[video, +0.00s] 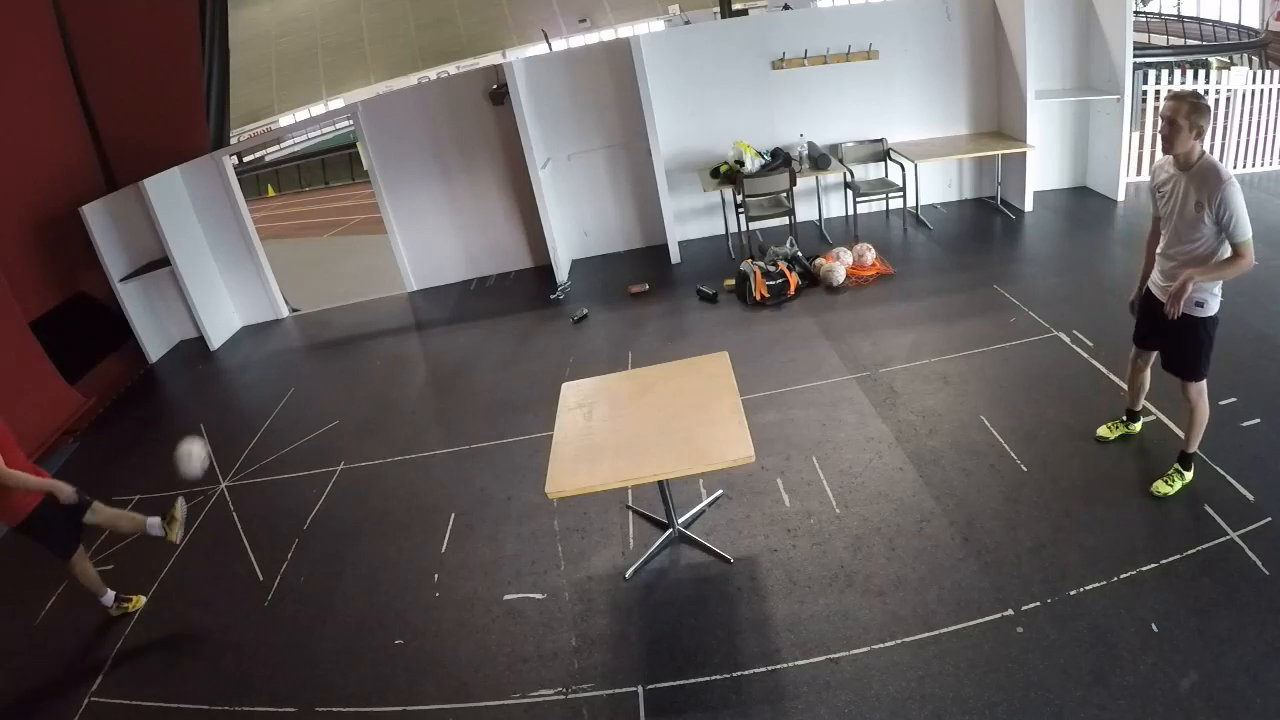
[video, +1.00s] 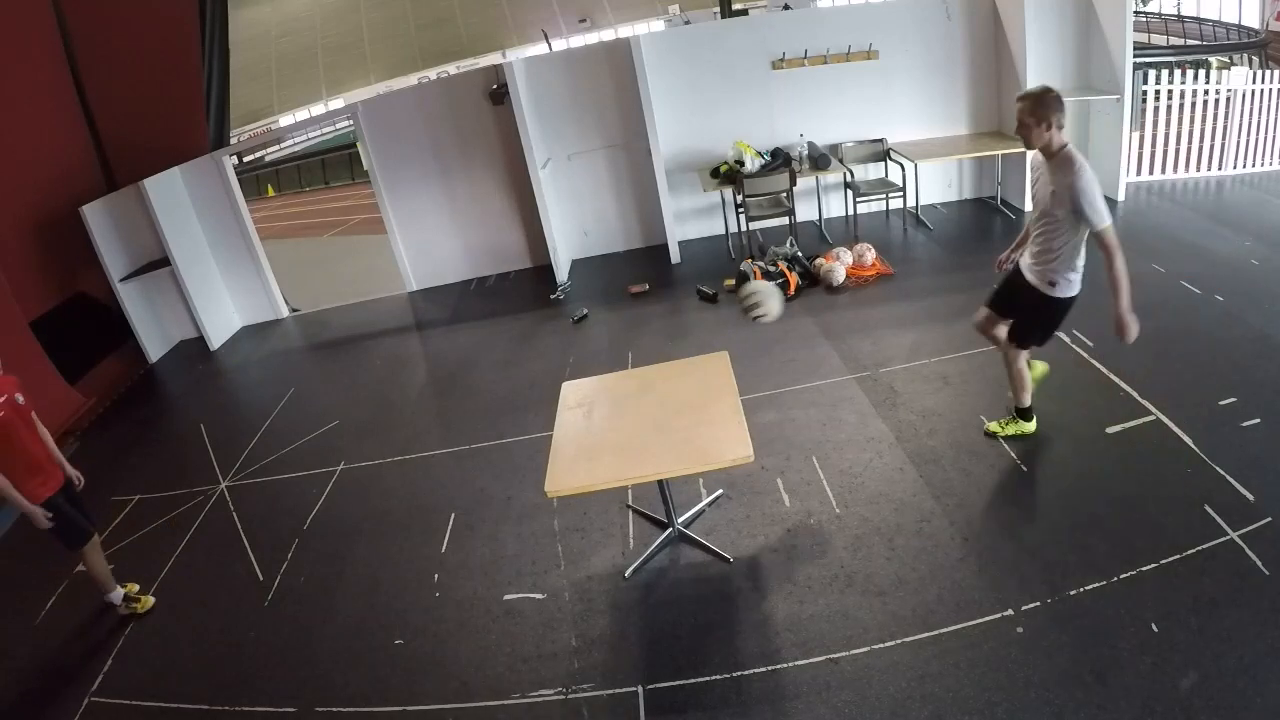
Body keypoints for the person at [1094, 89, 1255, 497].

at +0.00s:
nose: (1162, 128)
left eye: (1172, 124)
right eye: (1162, 120)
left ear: (1198, 132)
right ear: (1161, 122)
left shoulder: (1221, 185)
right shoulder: (1160, 171)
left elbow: (1245, 259)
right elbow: (1155, 231)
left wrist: (1191, 275)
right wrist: (1141, 283)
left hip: (1195, 305)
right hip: (1156, 291)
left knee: (1193, 388)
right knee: (1139, 358)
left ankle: (1185, 463)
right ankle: (1131, 419)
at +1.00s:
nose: (1018, 132)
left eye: (1024, 125)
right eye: (1018, 124)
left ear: (1049, 127)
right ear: (1042, 128)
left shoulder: (1078, 175)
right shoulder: (1039, 161)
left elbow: (1110, 245)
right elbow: (1040, 217)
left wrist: (1124, 310)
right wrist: (1014, 250)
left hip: (1055, 285)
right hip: (1028, 267)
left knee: (1013, 348)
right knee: (986, 323)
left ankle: (1024, 417)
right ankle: (1029, 367)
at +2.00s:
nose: (898, 132)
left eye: (903, 125)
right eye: (898, 125)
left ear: (924, 126)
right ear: (926, 126)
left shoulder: (943, 175)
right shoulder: (934, 163)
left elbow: (924, 248)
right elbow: (924, 230)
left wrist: (879, 296)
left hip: (928, 278)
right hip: (908, 259)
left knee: (902, 353)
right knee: (839, 283)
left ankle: (931, 413)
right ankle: (875, 347)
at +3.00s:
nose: (857, 137)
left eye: (861, 128)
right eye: (856, 128)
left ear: (888, 125)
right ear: (887, 125)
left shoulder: (919, 180)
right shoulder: (880, 162)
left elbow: (927, 256)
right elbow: (880, 227)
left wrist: (895, 312)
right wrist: (852, 256)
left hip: (888, 292)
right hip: (857, 270)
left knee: (885, 371)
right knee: (793, 309)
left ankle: (904, 438)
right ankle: (844, 350)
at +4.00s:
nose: (901, 149)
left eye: (909, 141)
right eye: (900, 140)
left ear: (936, 142)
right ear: (905, 142)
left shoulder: (967, 195)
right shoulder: (912, 187)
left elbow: (982, 274)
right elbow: (911, 244)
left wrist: (946, 323)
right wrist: (897, 291)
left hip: (967, 311)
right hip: (925, 299)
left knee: (979, 394)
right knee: (900, 361)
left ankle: (1012, 462)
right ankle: (883, 412)